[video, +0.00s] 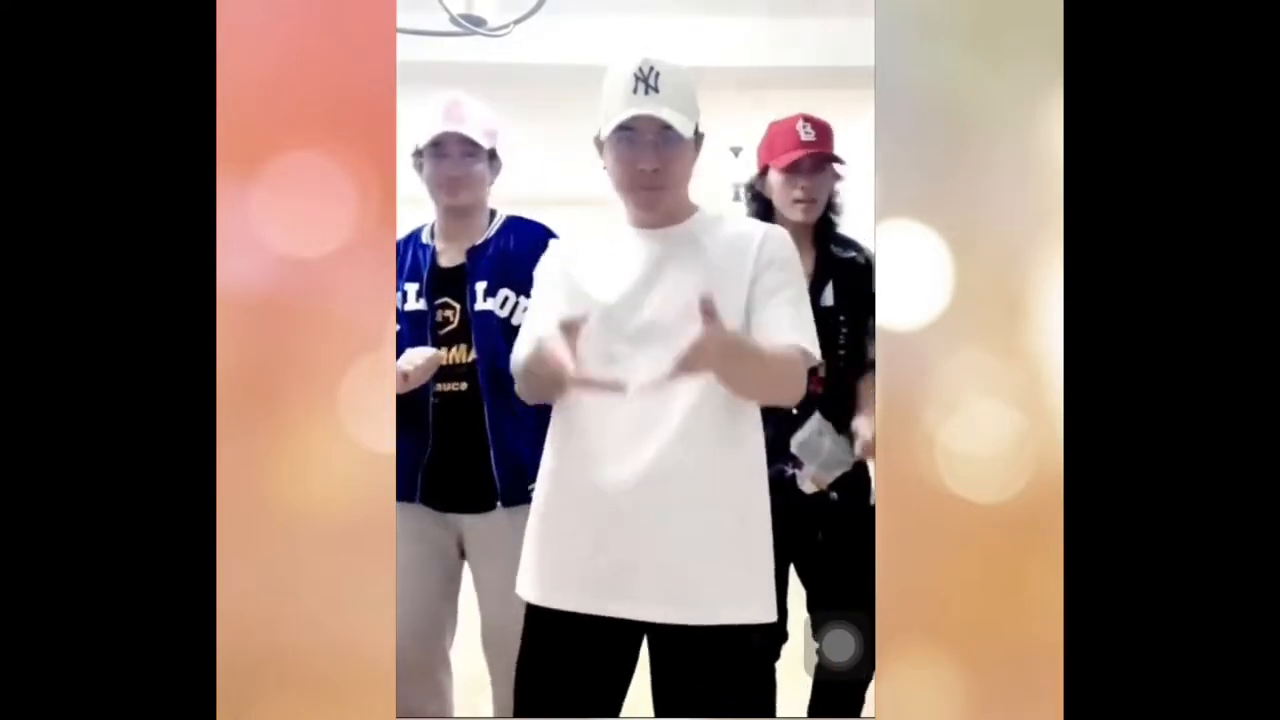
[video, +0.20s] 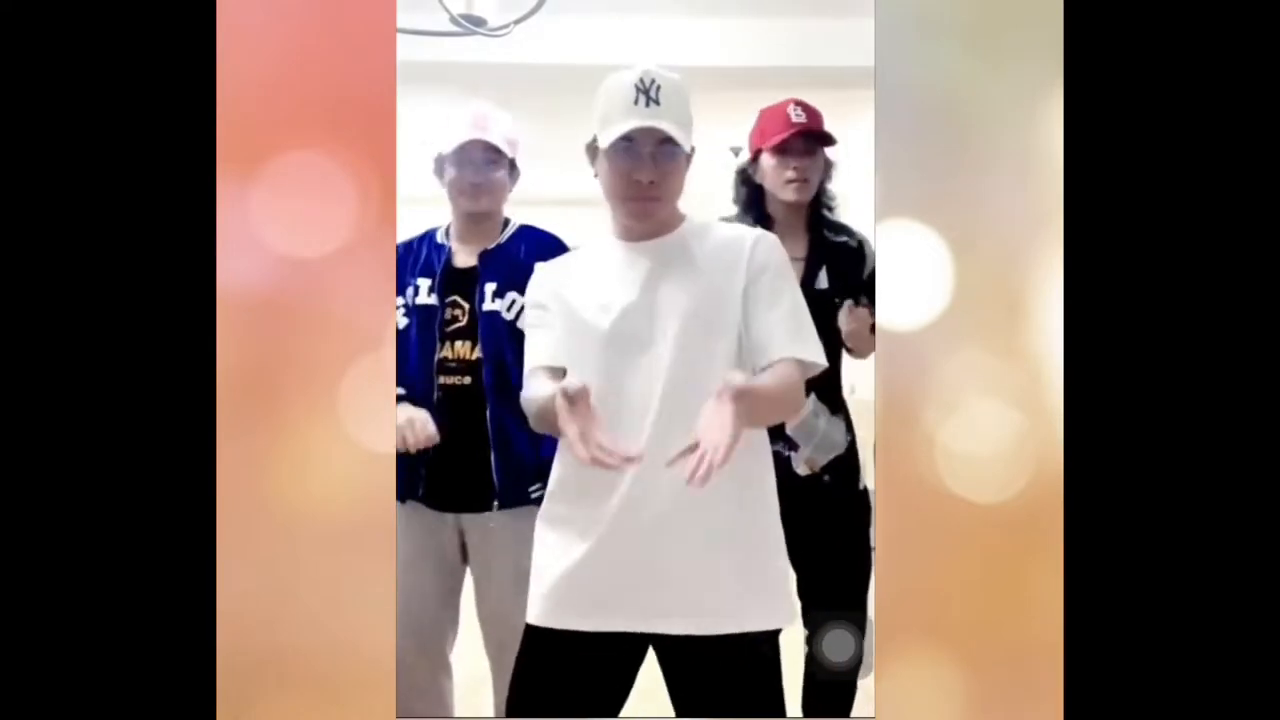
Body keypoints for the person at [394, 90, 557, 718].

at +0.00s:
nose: (453, 168)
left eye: (469, 154)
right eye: (439, 154)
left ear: (495, 168)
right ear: (420, 168)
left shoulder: (535, 248)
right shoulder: (394, 259)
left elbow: (571, 348)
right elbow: (358, 367)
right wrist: (392, 375)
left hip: (509, 493)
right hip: (414, 494)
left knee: (515, 662)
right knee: (414, 660)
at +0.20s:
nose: (476, 174)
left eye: (491, 162)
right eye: (463, 162)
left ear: (513, 177)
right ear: (440, 173)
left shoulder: (548, 258)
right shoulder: (398, 262)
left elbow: (576, 358)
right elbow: (363, 360)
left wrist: (562, 417)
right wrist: (393, 406)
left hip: (513, 496)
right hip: (417, 497)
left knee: (518, 660)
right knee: (414, 661)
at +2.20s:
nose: (532, 191)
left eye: (546, 178)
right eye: (519, 175)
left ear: (556, 186)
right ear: (483, 174)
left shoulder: (561, 263)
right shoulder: (422, 255)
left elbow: (582, 383)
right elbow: (390, 372)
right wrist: (395, 474)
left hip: (544, 472)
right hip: (457, 471)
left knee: (533, 651)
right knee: (446, 650)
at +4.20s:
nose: (497, 156)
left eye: (512, 147)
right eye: (483, 147)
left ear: (535, 171)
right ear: (460, 168)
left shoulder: (561, 257)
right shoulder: (415, 260)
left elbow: (585, 374)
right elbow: (380, 373)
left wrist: (566, 478)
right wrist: (386, 468)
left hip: (534, 499)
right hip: (440, 502)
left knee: (533, 674)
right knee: (432, 676)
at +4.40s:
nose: (491, 170)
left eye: (506, 161)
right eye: (477, 161)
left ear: (527, 183)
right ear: (452, 181)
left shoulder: (554, 264)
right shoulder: (404, 266)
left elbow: (579, 381)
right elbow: (369, 380)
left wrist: (565, 482)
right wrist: (378, 481)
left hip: (523, 503)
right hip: (426, 505)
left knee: (520, 661)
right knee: (427, 667)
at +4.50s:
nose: (490, 167)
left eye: (504, 158)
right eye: (475, 158)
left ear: (525, 181)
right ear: (451, 178)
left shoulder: (555, 261)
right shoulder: (402, 260)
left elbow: (580, 372)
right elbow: (348, 347)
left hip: (521, 504)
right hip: (424, 505)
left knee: (518, 661)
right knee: (425, 667)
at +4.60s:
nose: (488, 165)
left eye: (502, 156)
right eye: (475, 156)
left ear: (525, 175)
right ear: (451, 173)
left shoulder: (543, 255)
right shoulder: (411, 249)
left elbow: (571, 341)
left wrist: (523, 256)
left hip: (515, 489)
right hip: (424, 489)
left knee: (511, 651)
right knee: (428, 656)